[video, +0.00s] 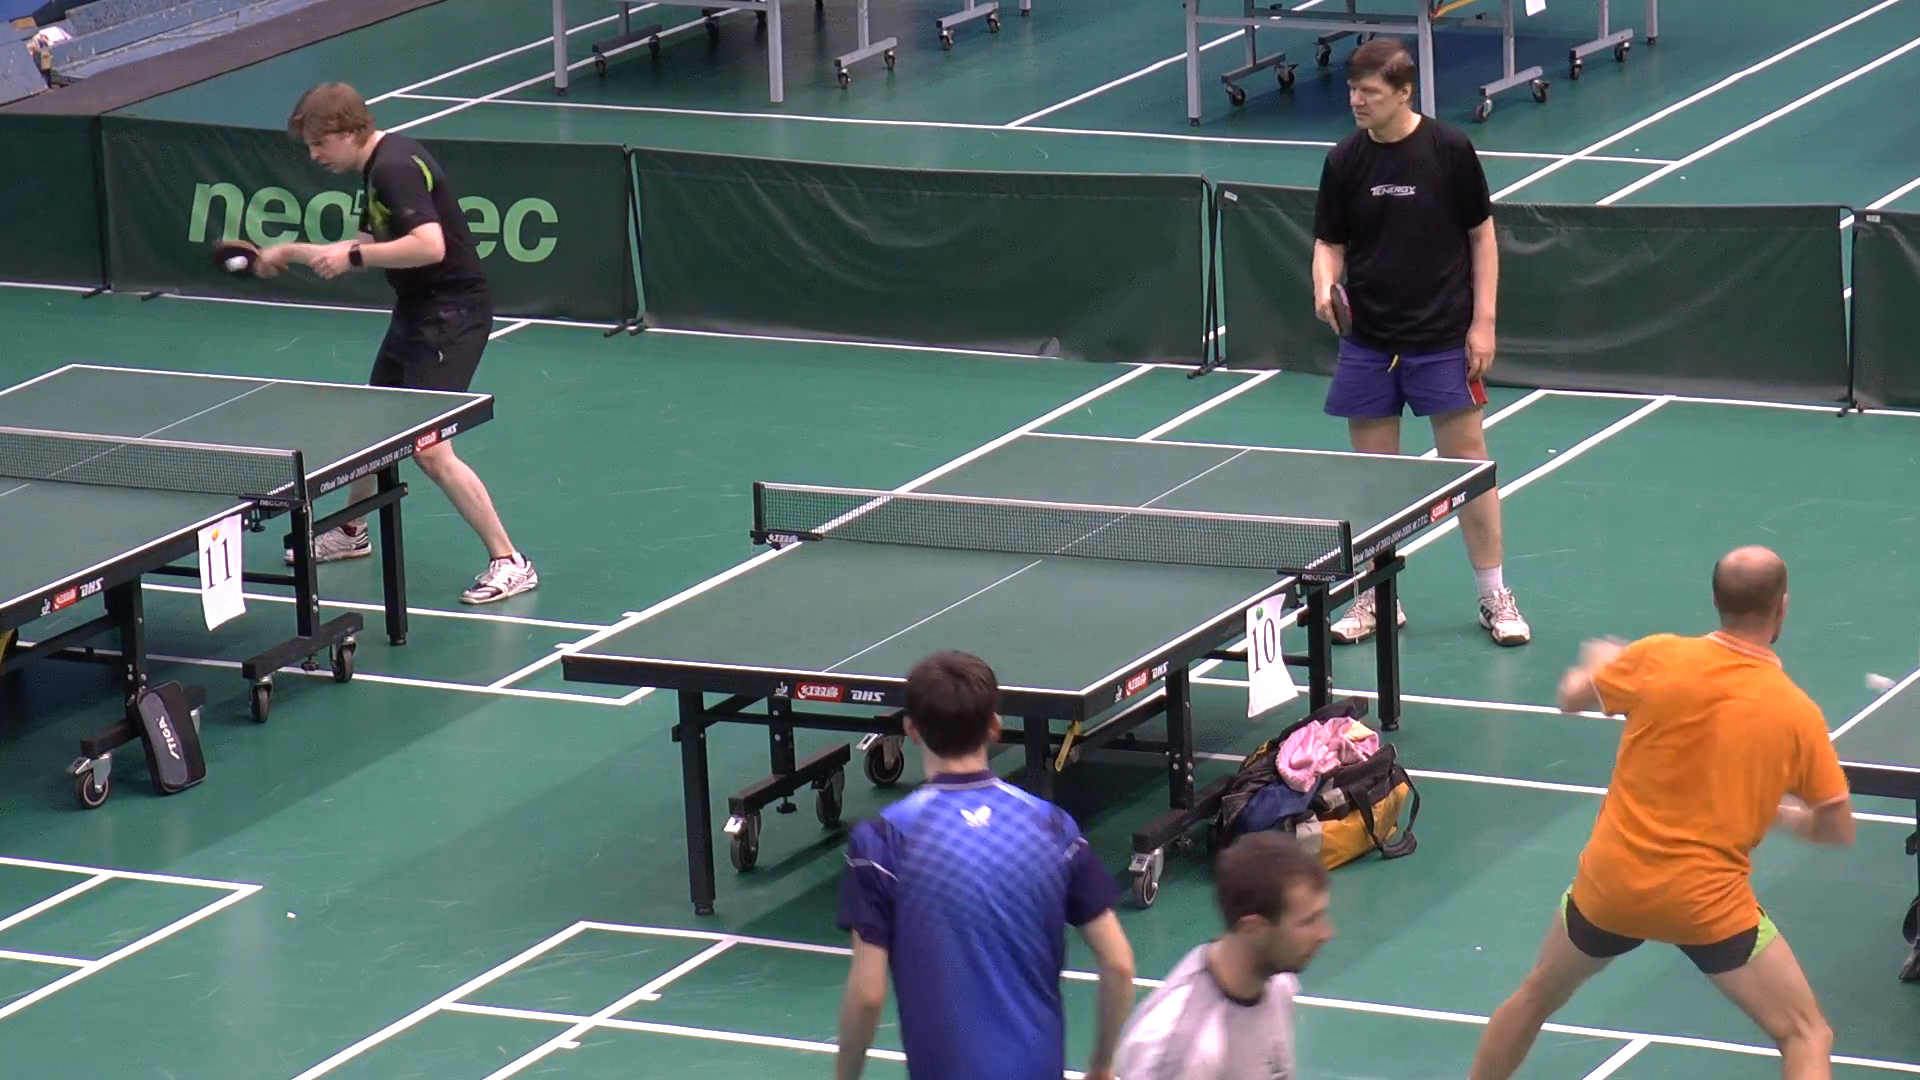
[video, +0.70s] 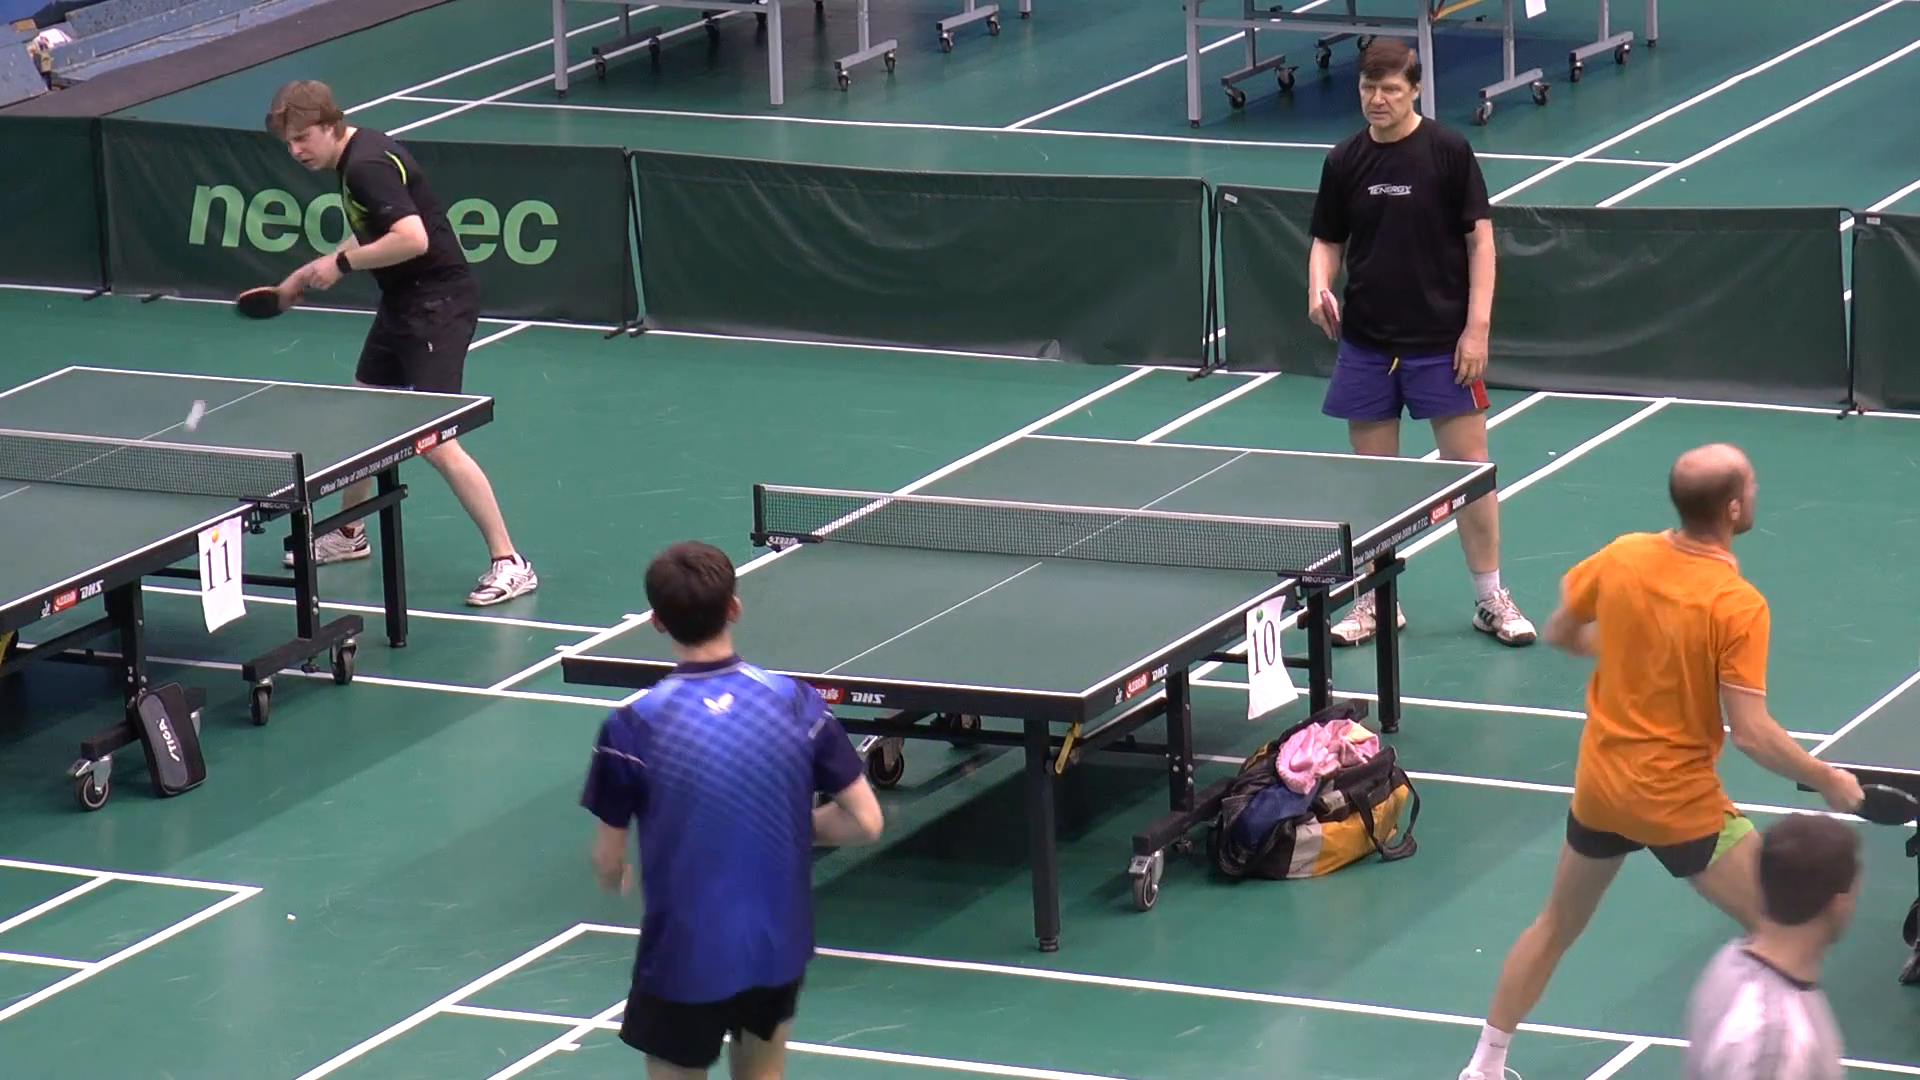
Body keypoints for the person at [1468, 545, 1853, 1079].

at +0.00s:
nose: (1786, 599)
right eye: (1786, 592)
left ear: (1716, 599)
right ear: (1781, 604)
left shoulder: (1658, 657)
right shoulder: (1797, 712)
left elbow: (1570, 698)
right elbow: (1837, 830)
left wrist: (1594, 664)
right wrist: (1774, 805)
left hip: (1610, 883)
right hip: (1706, 900)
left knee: (1534, 997)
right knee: (1805, 1033)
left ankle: (1479, 1076)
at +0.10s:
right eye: (1796, 606)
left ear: (1726, 613)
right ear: (1792, 616)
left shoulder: (1675, 660)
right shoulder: (1810, 706)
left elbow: (1559, 671)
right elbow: (1861, 735)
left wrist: (1470, 648)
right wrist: (1861, 689)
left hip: (1611, 885)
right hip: (1706, 903)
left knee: (1536, 980)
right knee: (1793, 1040)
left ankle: (1496, 1075)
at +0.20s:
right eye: (1769, 609)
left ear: (1704, 614)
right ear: (1767, 619)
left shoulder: (1677, 657)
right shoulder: (1797, 690)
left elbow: (1642, 681)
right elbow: (1890, 686)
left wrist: (1550, 696)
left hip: (1612, 890)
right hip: (1707, 904)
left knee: (1525, 991)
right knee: (1785, 1053)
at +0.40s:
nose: (1733, 552)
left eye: (1731, 543)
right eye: (1732, 543)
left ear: (1661, 555)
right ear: (1721, 554)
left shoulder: (1616, 618)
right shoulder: (1756, 644)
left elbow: (1591, 715)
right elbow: (1839, 750)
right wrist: (1915, 778)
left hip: (1593, 835)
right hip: (1681, 850)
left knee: (1561, 953)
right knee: (1767, 1008)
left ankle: (1483, 1054)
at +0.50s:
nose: (1723, 542)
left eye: (1720, 532)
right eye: (1720, 533)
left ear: (1647, 548)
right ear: (1708, 549)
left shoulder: (1592, 616)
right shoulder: (1736, 641)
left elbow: (1513, 710)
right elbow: (1790, 762)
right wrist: (1863, 809)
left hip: (1590, 843)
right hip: (1688, 852)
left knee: (1543, 951)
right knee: (1757, 1004)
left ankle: (1493, 1072)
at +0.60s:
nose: (1728, 519)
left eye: (1724, 510)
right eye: (1725, 512)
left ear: (1655, 527)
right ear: (1711, 530)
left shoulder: (1598, 583)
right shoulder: (1730, 622)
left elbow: (1513, 666)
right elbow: (1761, 748)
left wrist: (1517, 707)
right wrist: (1831, 797)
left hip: (1588, 823)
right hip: (1672, 835)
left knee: (1546, 944)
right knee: (1780, 949)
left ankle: (1490, 1070)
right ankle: (1758, 1074)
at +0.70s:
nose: (1754, 498)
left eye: (1752, 487)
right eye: (1750, 491)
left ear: (1680, 503)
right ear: (1735, 510)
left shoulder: (1623, 555)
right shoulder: (1738, 603)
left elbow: (1560, 631)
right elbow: (1752, 732)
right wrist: (1825, 777)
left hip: (1599, 787)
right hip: (1679, 804)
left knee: (1554, 924)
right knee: (1781, 925)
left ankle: (1485, 1063)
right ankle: (1769, 1065)